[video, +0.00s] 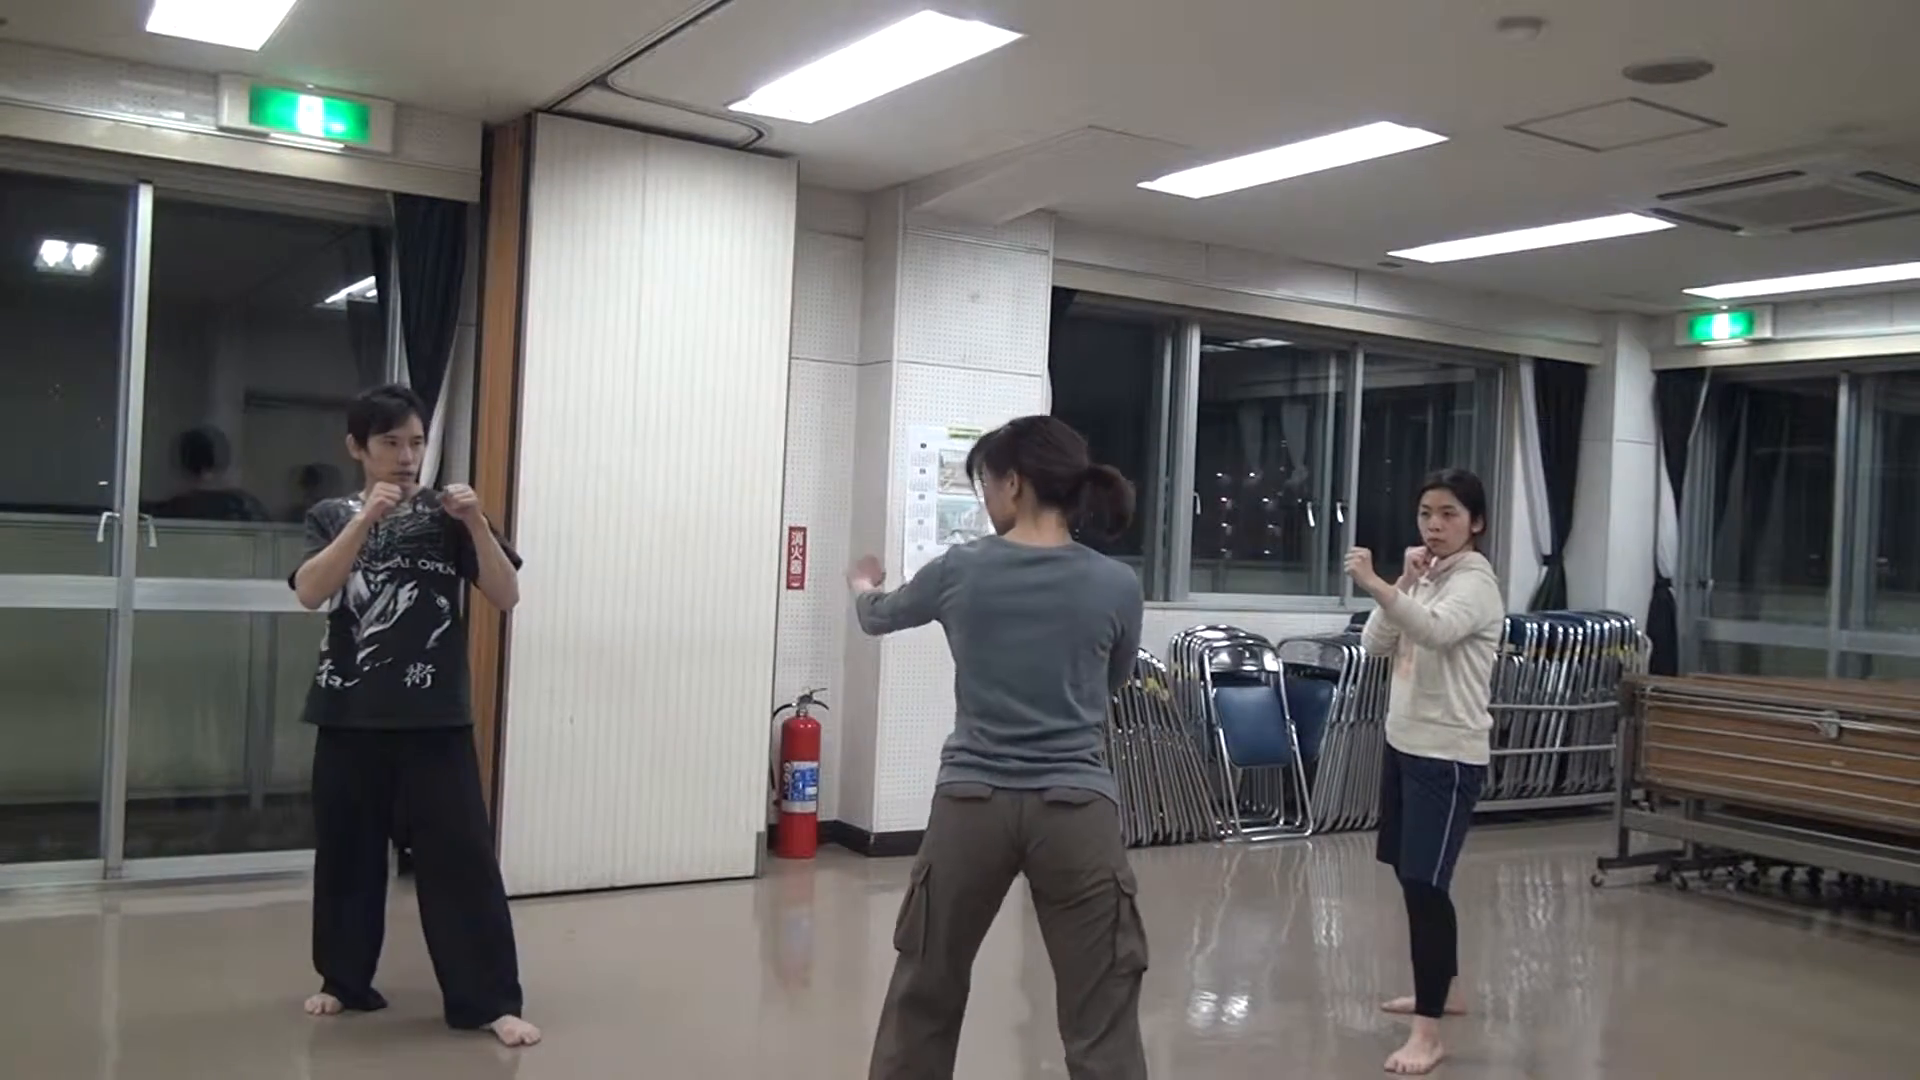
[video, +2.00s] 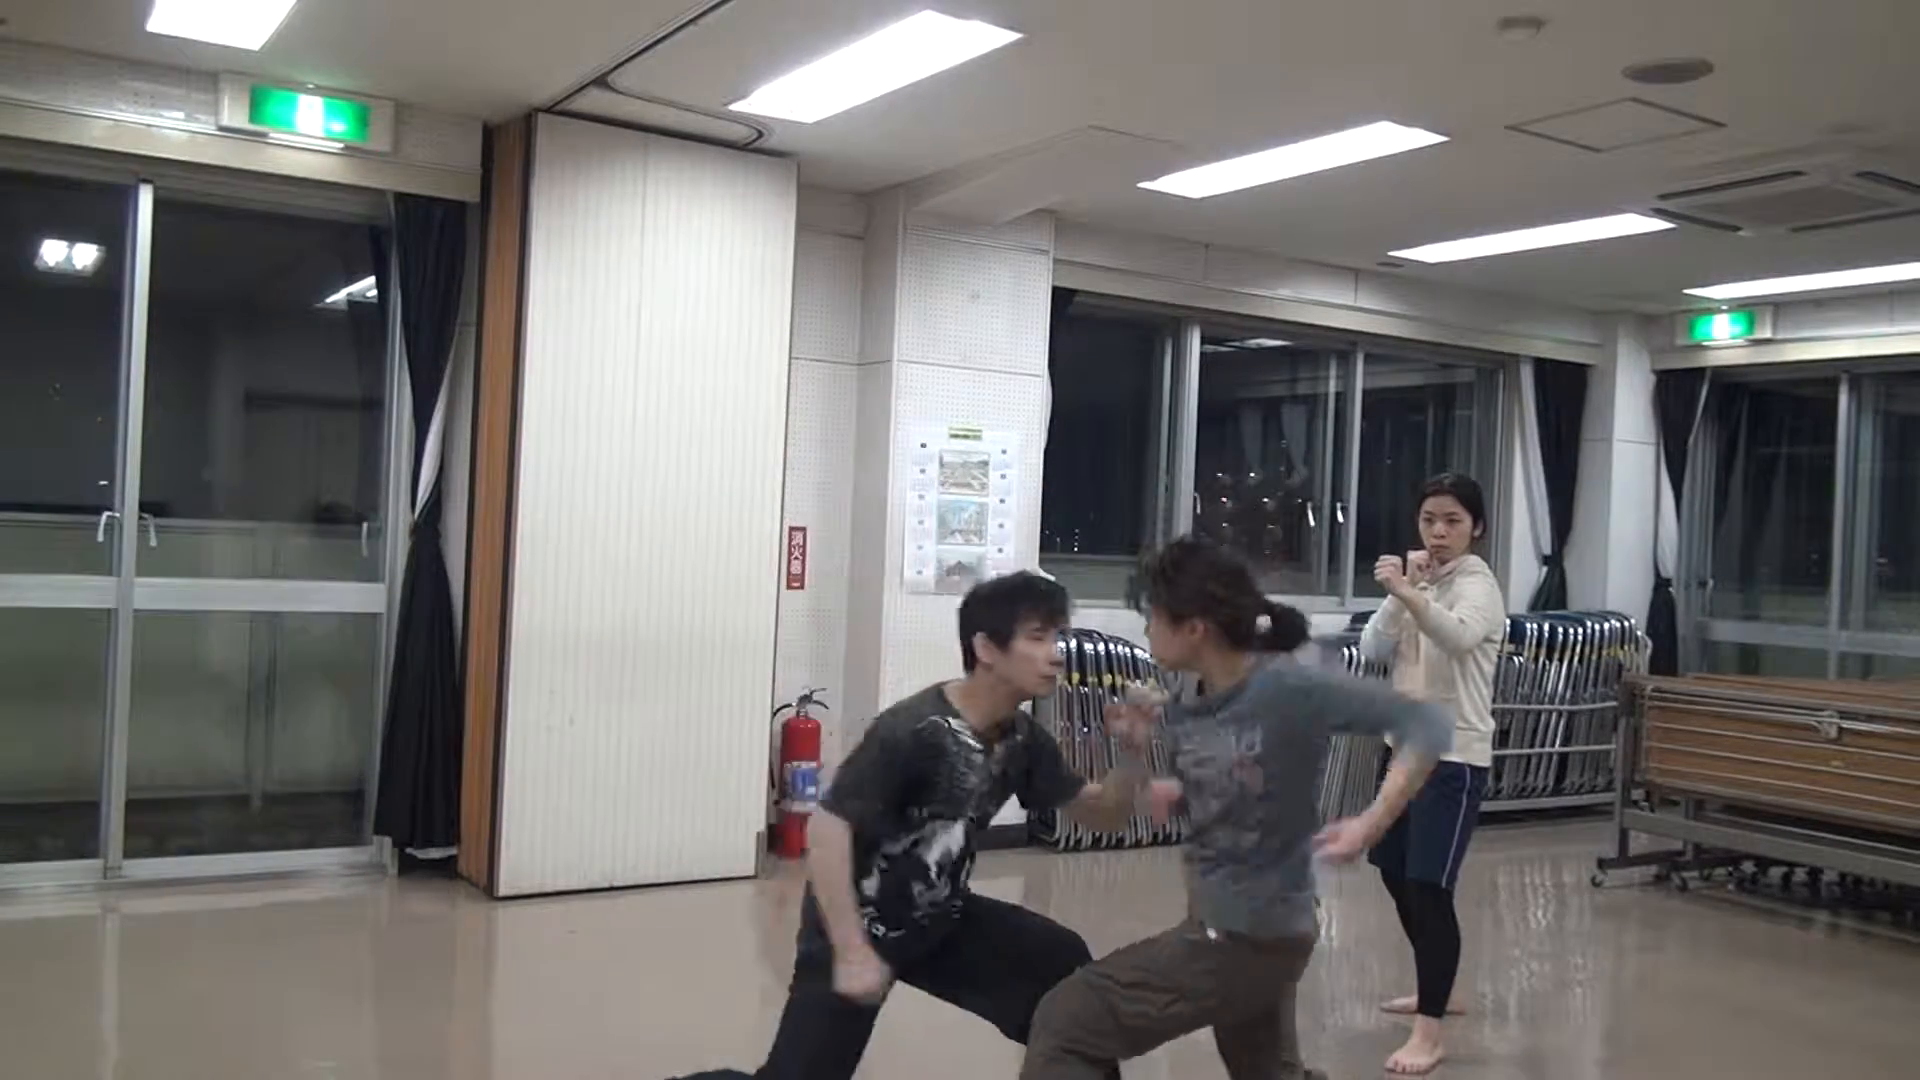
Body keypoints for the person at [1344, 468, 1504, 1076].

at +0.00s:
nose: (1433, 524)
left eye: (1447, 513)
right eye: (1426, 513)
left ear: (1475, 522)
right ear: (1419, 521)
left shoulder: (1477, 580)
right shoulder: (1422, 579)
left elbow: (1440, 630)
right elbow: (1375, 644)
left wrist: (1380, 587)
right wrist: (1404, 588)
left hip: (1447, 754)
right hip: (1406, 747)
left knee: (1425, 882)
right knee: (1409, 872)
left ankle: (1426, 1034)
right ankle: (1443, 988)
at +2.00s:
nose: (1439, 531)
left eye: (1452, 521)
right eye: (1430, 520)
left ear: (1475, 528)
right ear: (1419, 524)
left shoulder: (1479, 582)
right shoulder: (1416, 582)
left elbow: (1461, 637)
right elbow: (1372, 648)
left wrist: (1405, 593)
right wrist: (1404, 591)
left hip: (1456, 758)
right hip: (1408, 752)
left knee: (1429, 887)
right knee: (1390, 864)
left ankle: (1428, 1034)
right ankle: (1437, 986)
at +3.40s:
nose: (1438, 523)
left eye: (1451, 514)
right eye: (1431, 512)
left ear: (1477, 525)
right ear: (1418, 519)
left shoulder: (1496, 590)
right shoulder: (1391, 584)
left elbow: (1488, 630)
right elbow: (1352, 632)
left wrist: (1451, 565)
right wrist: (1326, 610)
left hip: (1461, 758)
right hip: (1391, 750)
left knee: (1434, 891)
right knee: (1375, 886)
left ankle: (1410, 1022)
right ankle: (1426, 958)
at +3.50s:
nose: (1445, 523)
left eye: (1457, 512)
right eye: (1435, 513)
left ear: (1483, 520)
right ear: (1425, 521)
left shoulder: (1508, 592)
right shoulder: (1397, 582)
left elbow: (1498, 651)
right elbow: (1353, 669)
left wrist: (1470, 577)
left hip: (1459, 750)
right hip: (1385, 735)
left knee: (1438, 895)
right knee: (1348, 853)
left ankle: (1410, 1024)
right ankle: (1355, 927)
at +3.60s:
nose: (1444, 522)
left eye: (1457, 511)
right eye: (1435, 512)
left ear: (1483, 517)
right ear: (1424, 519)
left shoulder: (1507, 592)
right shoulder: (1392, 577)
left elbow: (1499, 652)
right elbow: (1358, 649)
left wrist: (1468, 579)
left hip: (1451, 745)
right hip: (1392, 718)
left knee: (1436, 895)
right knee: (1365, 719)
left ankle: (1409, 1022)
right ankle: (1302, 842)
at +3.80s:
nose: (1444, 521)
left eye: (1457, 510)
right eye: (1436, 510)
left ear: (1485, 516)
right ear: (1424, 517)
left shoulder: (1503, 591)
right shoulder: (1396, 571)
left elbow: (1520, 654)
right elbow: (1346, 652)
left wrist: (1477, 584)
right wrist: (1305, 726)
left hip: (1442, 748)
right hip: (1383, 717)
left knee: (1428, 898)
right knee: (1367, 695)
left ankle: (1407, 1022)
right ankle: (1294, 779)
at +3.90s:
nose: (1439, 515)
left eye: (1452, 504)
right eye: (1431, 505)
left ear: (1481, 513)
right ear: (1420, 513)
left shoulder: (1499, 584)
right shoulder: (1391, 567)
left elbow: (1523, 631)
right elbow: (1343, 623)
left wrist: (1472, 573)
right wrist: (1322, 641)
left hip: (1443, 745)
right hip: (1372, 723)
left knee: (1436, 902)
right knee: (1351, 810)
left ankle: (1408, 1023)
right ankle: (1324, 952)